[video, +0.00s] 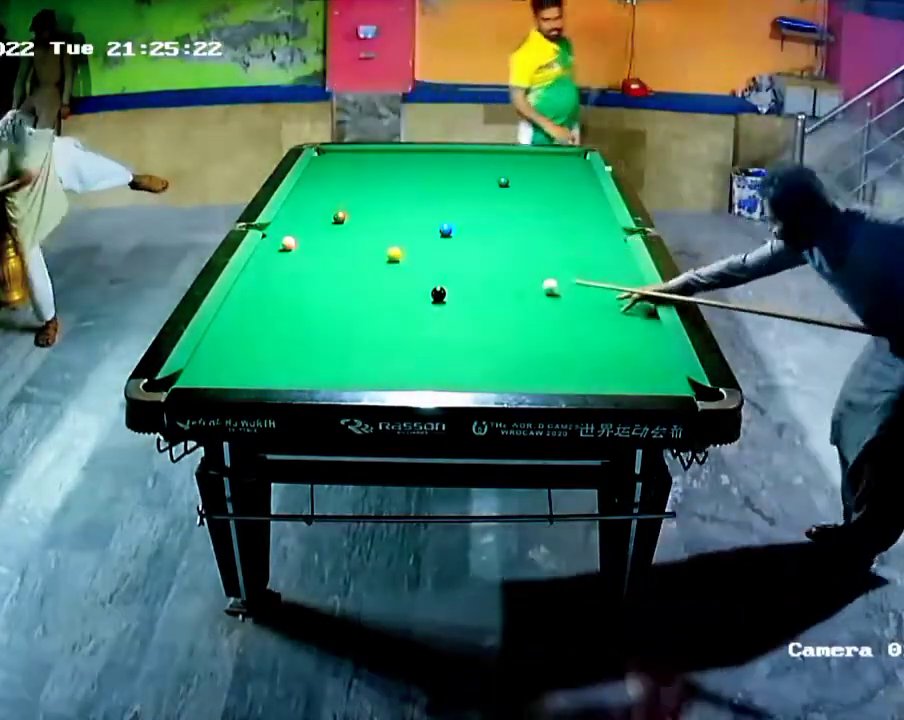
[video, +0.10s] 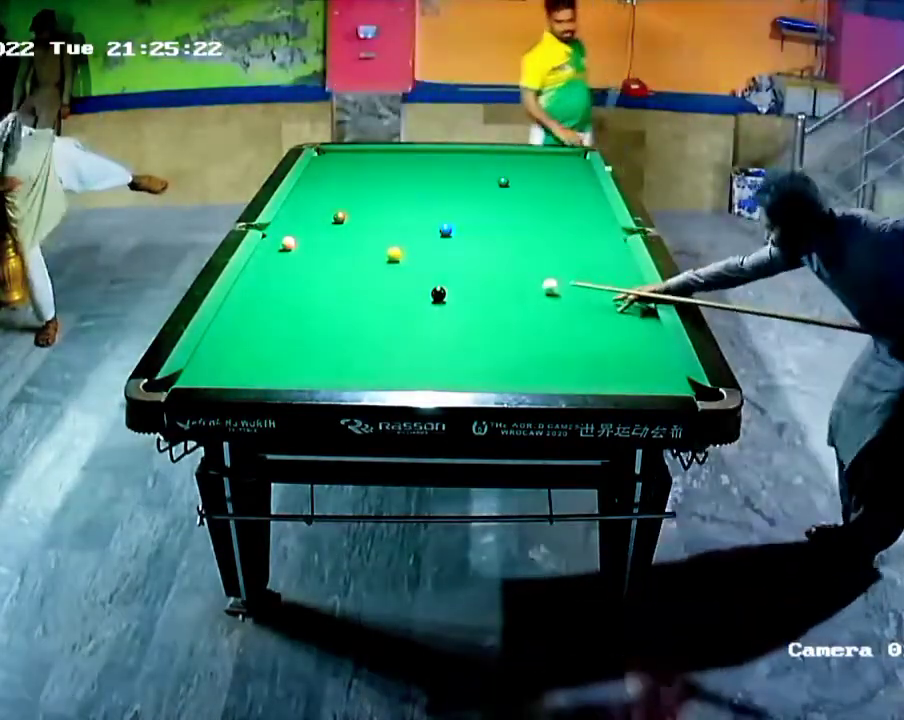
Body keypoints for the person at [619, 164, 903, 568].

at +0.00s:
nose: (773, 230)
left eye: (777, 220)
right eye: (771, 221)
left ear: (805, 212)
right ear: (800, 214)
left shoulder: (876, 244)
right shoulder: (809, 242)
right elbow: (742, 267)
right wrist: (667, 288)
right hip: (886, 343)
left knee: (875, 448)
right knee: (845, 425)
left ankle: (863, 549)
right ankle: (855, 527)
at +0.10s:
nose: (771, 237)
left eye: (775, 227)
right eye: (769, 228)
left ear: (802, 219)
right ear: (797, 219)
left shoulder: (879, 242)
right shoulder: (809, 245)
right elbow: (740, 268)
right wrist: (662, 289)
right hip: (884, 347)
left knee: (871, 453)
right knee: (843, 429)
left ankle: (864, 546)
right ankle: (853, 529)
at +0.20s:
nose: (769, 249)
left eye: (774, 240)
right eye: (767, 240)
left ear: (800, 230)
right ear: (791, 229)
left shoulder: (876, 240)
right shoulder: (803, 253)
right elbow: (736, 275)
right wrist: (661, 287)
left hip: (903, 364)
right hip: (884, 354)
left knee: (869, 460)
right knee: (839, 435)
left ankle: (865, 548)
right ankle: (852, 533)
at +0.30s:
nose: (771, 255)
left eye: (776, 246)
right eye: (768, 247)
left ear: (799, 235)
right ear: (780, 238)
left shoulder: (873, 240)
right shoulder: (803, 253)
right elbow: (735, 277)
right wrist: (659, 288)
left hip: (902, 365)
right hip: (881, 354)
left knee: (870, 458)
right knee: (837, 435)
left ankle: (864, 547)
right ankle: (849, 529)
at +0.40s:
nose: (767, 261)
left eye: (772, 252)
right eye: (764, 252)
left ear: (799, 241)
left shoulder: (870, 245)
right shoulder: (803, 263)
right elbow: (732, 281)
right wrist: (658, 288)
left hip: (902, 369)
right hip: (883, 360)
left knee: (871, 468)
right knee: (834, 446)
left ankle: (863, 557)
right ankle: (855, 536)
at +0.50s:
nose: (764, 265)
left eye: (770, 256)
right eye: (762, 256)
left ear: (796, 246)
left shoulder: (869, 249)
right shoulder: (803, 267)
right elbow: (731, 283)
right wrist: (655, 289)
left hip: (901, 375)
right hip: (884, 364)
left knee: (868, 473)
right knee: (833, 449)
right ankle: (861, 537)